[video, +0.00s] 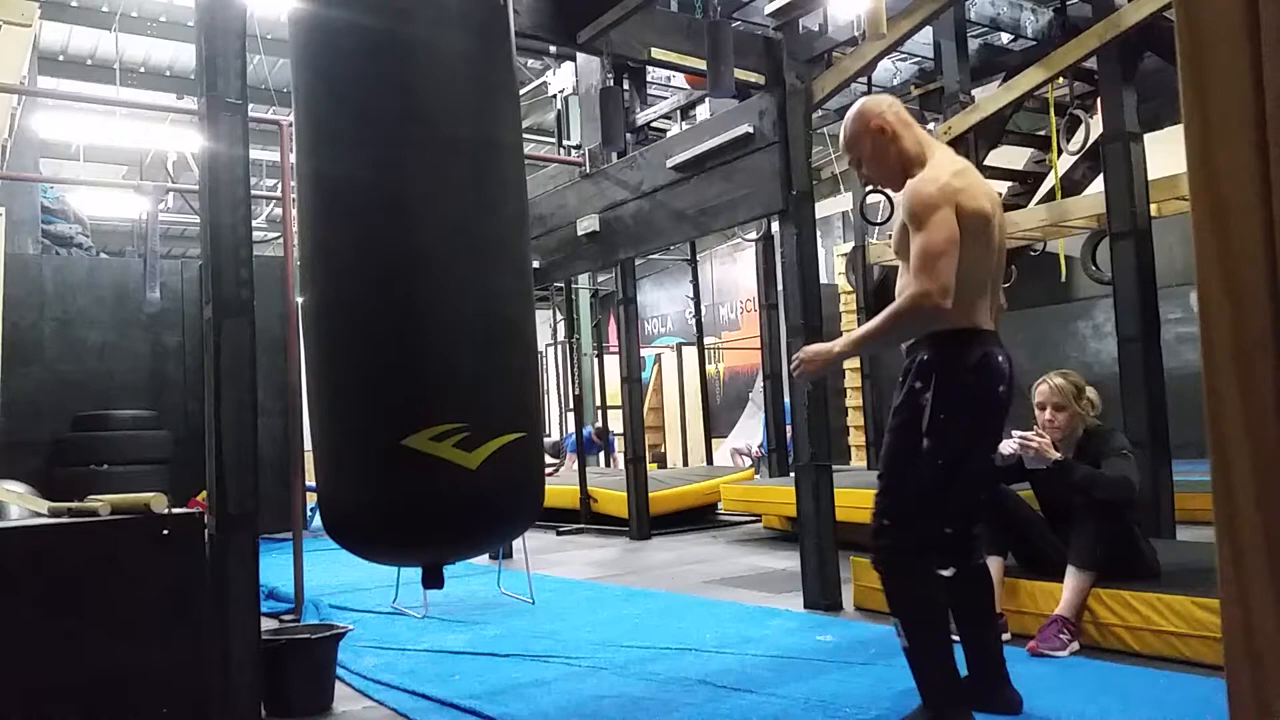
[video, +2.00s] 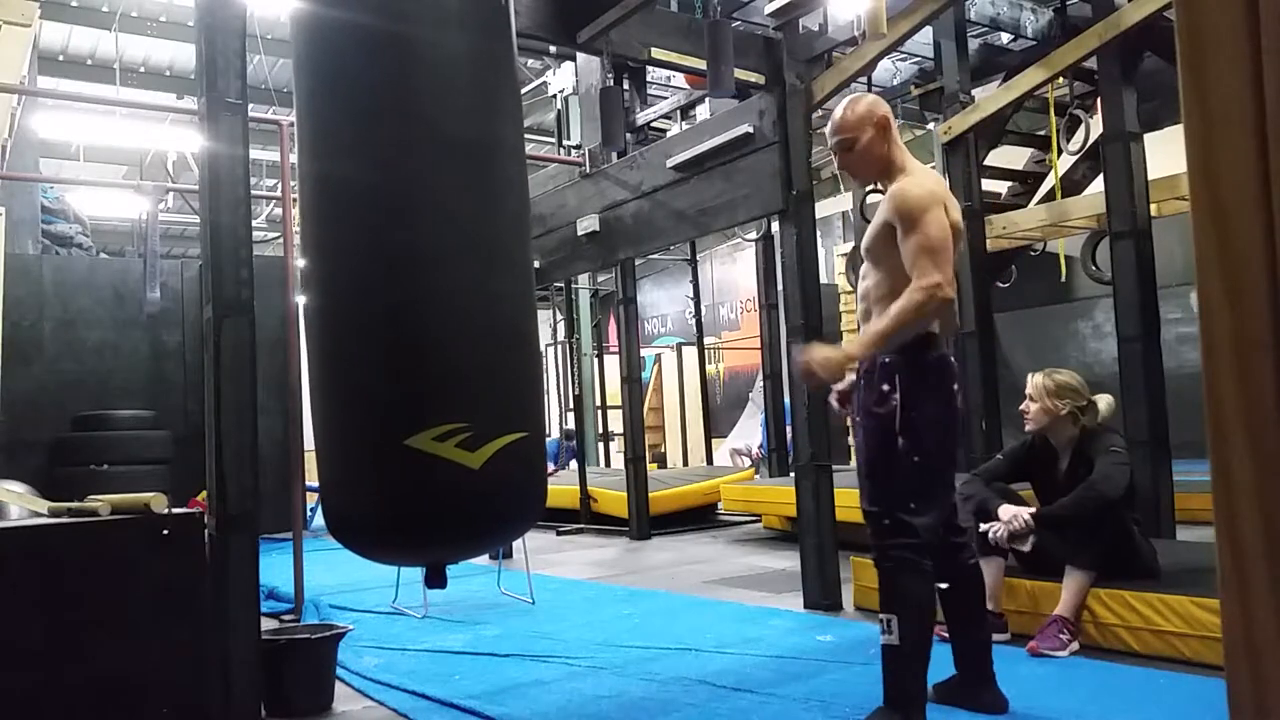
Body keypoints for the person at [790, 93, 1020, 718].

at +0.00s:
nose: (869, 183)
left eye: (862, 167)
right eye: (860, 173)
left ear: (885, 132)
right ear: (896, 129)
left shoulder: (929, 187)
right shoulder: (976, 183)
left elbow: (930, 298)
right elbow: (995, 287)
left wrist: (838, 349)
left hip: (944, 374)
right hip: (983, 370)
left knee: (894, 546)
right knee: (954, 536)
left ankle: (942, 701)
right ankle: (991, 685)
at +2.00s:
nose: (836, 160)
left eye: (843, 145)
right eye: (833, 148)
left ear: (881, 132)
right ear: (879, 137)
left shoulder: (915, 191)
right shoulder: (907, 193)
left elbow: (933, 288)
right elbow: (899, 302)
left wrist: (850, 353)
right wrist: (863, 378)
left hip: (906, 378)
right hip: (913, 375)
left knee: (897, 537)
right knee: (942, 527)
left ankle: (902, 704)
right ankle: (975, 678)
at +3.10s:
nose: (840, 148)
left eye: (849, 135)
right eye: (837, 137)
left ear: (885, 129)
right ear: (887, 132)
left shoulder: (895, 192)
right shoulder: (927, 187)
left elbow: (920, 295)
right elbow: (957, 300)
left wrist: (916, 396)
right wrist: (869, 336)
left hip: (896, 366)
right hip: (937, 365)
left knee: (875, 537)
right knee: (947, 529)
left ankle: (903, 700)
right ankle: (989, 679)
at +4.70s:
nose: (755, 54)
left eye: (774, 40)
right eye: (751, 44)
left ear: (822, 53)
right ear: (746, 59)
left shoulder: (857, 158)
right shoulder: (727, 154)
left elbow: (863, 263)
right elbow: (648, 241)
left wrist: (784, 161)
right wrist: (566, 239)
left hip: (767, 367)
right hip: (685, 354)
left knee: (738, 556)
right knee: (623, 520)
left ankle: (733, 711)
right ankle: (693, 648)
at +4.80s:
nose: (714, 58)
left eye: (732, 40)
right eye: (710, 47)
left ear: (780, 45)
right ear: (709, 65)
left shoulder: (822, 144)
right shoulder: (708, 164)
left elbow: (821, 249)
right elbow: (667, 274)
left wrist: (716, 167)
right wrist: (621, 315)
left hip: (763, 365)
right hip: (693, 362)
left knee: (727, 554)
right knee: (689, 542)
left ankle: (724, 715)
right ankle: (802, 665)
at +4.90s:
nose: (680, 69)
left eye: (694, 52)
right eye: (677, 59)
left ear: (741, 52)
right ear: (687, 75)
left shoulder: (790, 137)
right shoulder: (706, 169)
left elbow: (783, 225)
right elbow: (697, 296)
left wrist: (640, 179)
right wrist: (646, 367)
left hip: (758, 365)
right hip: (707, 369)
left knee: (706, 551)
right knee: (754, 534)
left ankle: (722, 715)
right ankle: (854, 672)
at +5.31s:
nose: (716, 160)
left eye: (713, 147)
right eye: (711, 151)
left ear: (732, 125)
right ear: (763, 121)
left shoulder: (760, 173)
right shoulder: (835, 184)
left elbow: (695, 218)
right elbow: (883, 286)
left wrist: (567, 206)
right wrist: (834, 328)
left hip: (802, 379)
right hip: (856, 373)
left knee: (739, 558)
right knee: (877, 546)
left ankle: (737, 712)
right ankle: (945, 697)